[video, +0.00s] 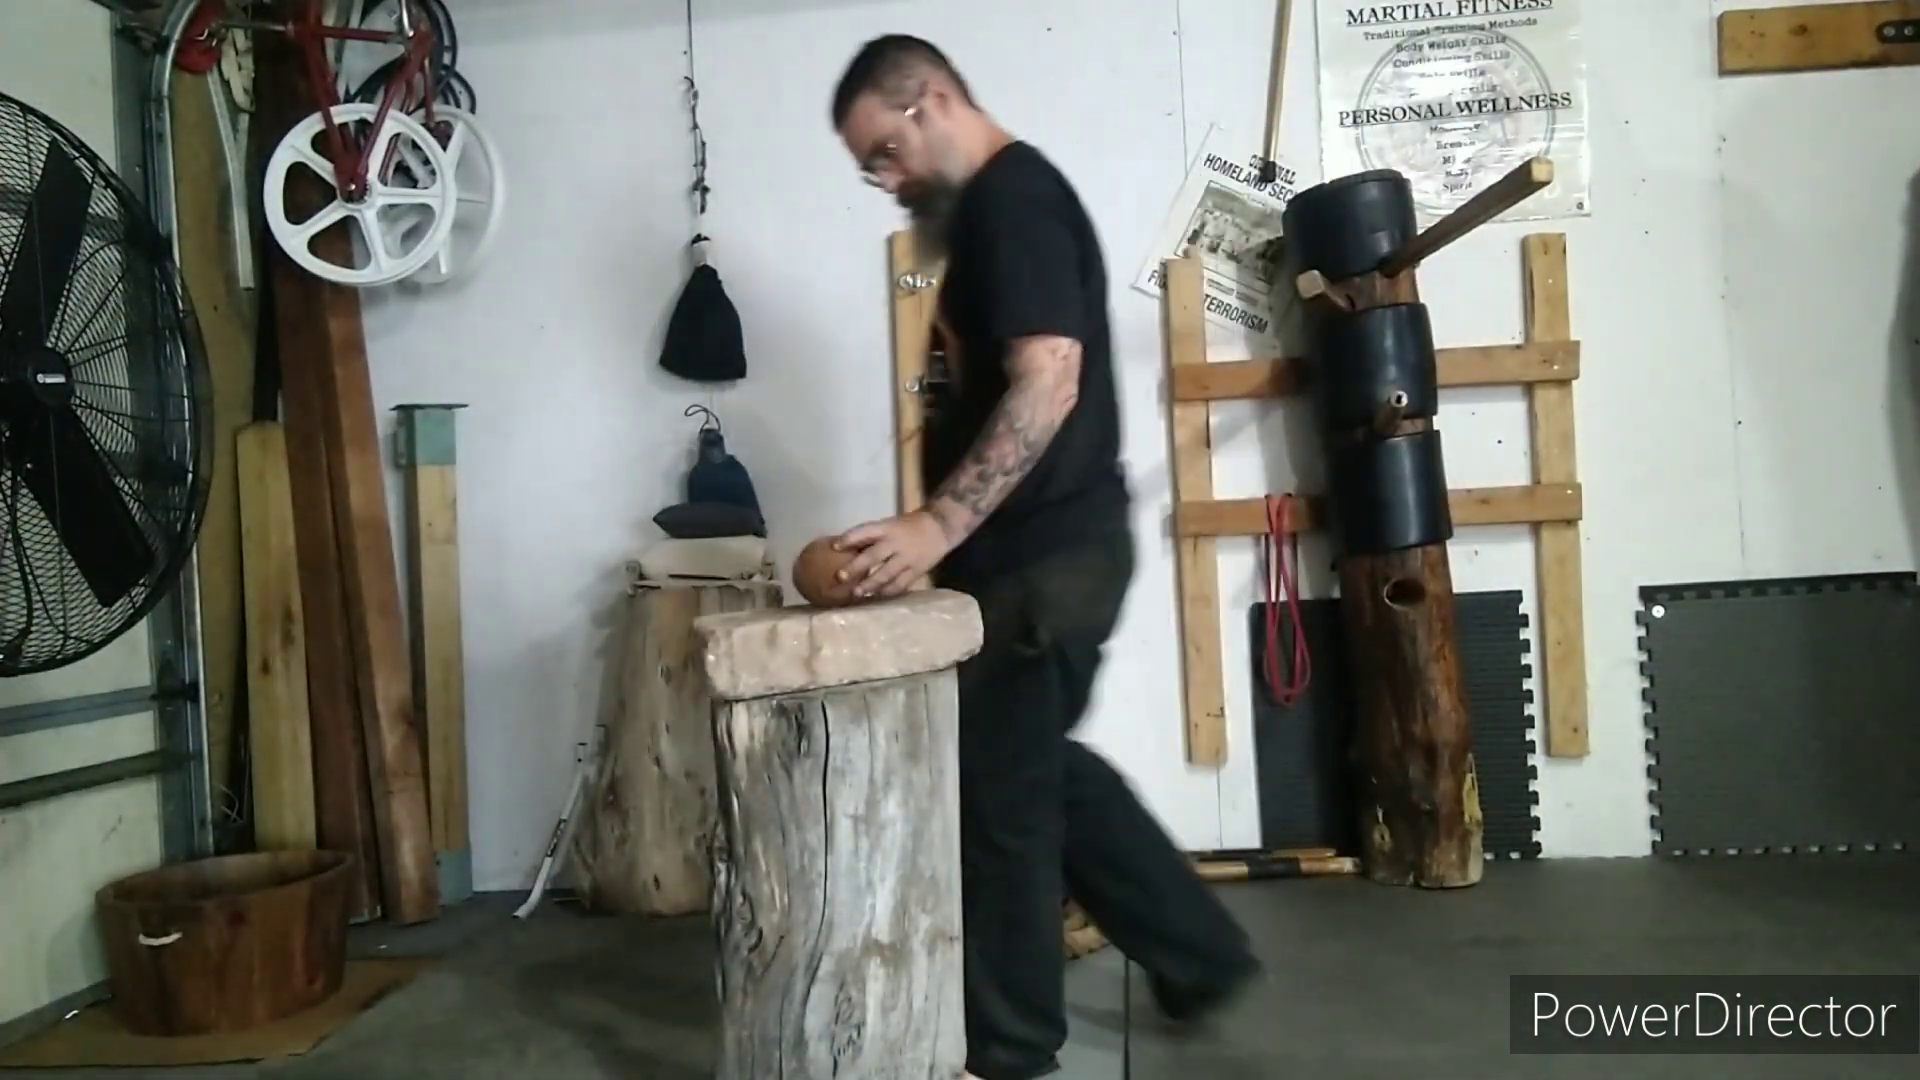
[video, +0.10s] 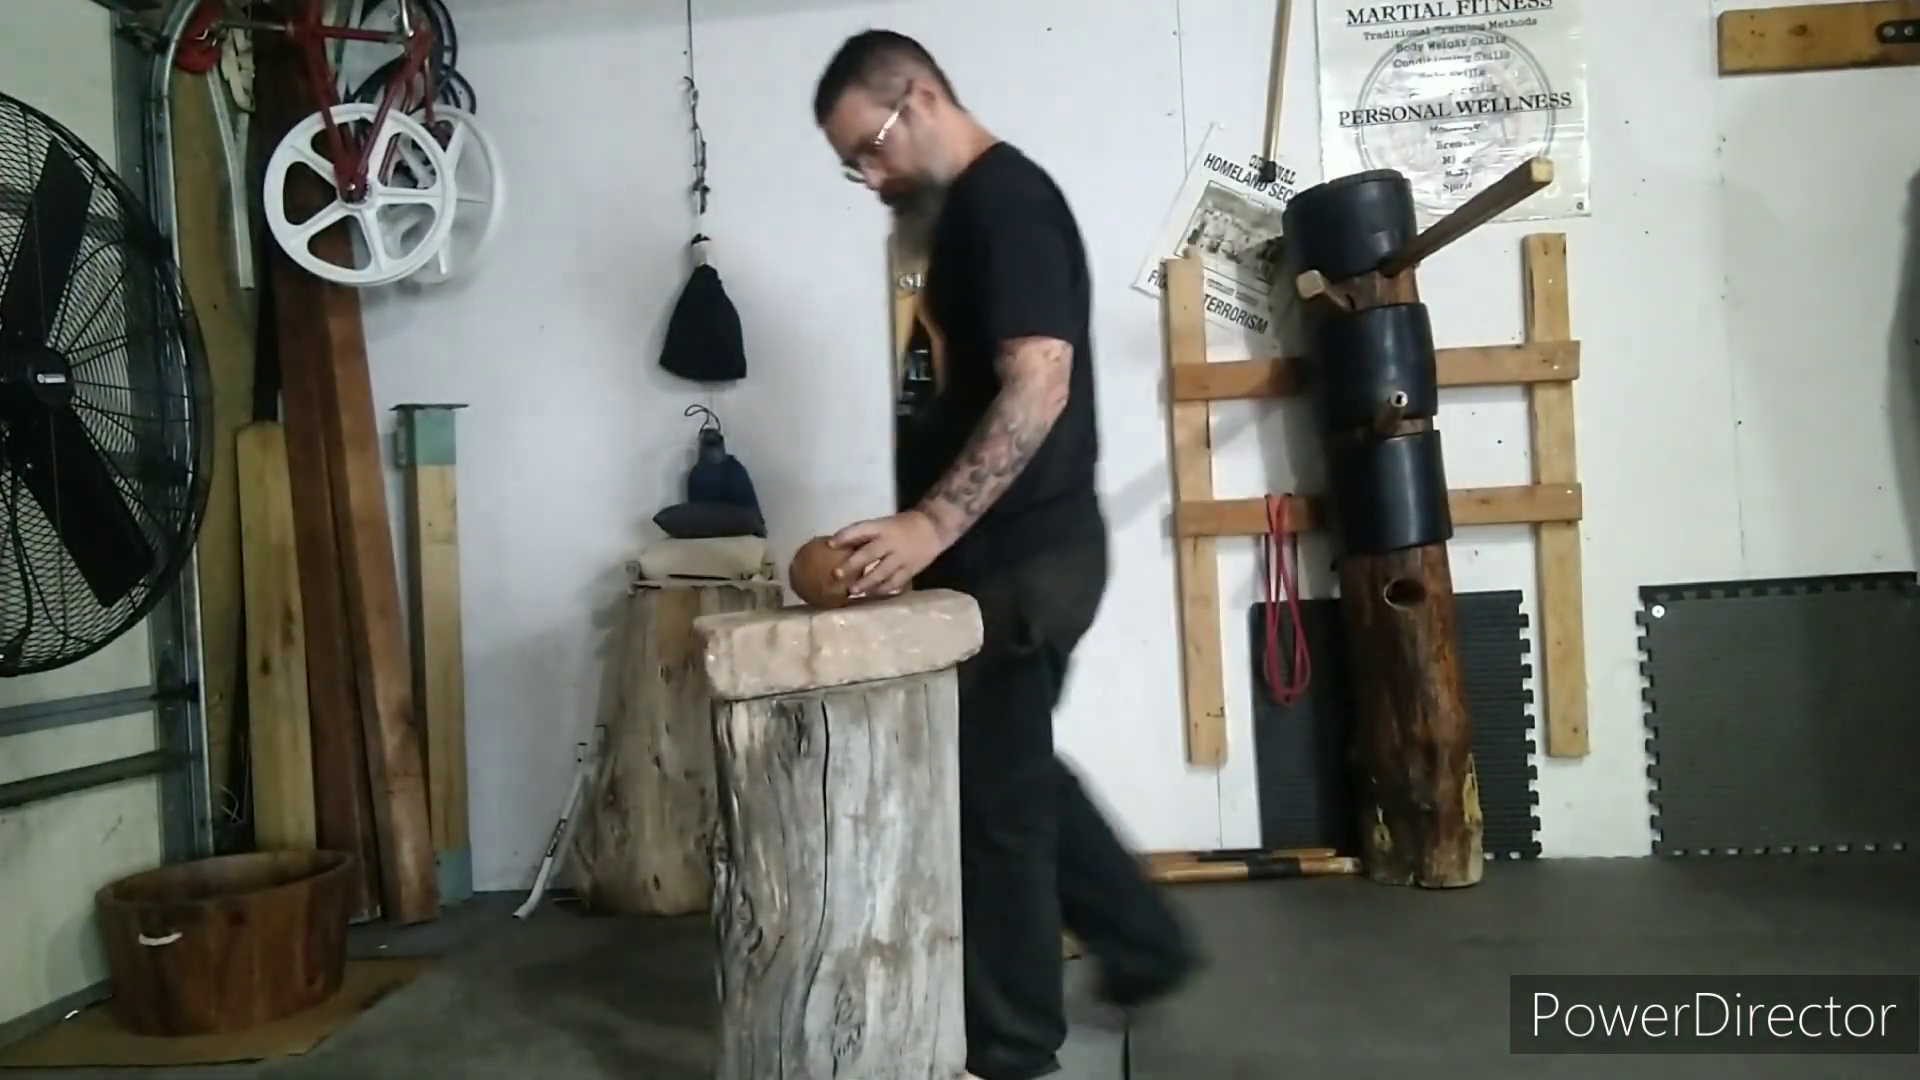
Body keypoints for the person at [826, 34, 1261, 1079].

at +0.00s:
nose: (881, 183)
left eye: (880, 155)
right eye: (869, 167)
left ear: (934, 103)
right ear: (927, 112)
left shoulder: (1015, 197)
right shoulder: (993, 203)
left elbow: (1047, 378)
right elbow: (1012, 381)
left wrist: (939, 523)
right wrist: (933, 525)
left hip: (1045, 545)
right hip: (1028, 545)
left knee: (1004, 788)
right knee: (1031, 763)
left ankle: (1014, 1047)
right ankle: (1203, 960)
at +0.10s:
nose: (867, 180)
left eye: (868, 152)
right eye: (854, 163)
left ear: (922, 98)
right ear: (916, 107)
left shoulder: (1004, 198)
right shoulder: (972, 205)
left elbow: (1040, 382)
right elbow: (983, 383)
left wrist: (932, 523)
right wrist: (917, 532)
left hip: (1022, 549)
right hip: (997, 548)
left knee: (996, 791)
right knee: (1008, 767)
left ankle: (1012, 1045)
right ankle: (1148, 945)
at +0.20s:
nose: (849, 176)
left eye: (851, 147)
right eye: (834, 160)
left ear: (908, 99)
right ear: (891, 116)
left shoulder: (995, 202)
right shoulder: (933, 216)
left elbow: (1029, 385)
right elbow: (930, 379)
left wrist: (931, 521)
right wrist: (893, 530)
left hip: (992, 555)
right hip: (938, 552)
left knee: (991, 820)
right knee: (939, 815)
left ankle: (1013, 1050)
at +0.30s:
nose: (837, 176)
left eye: (841, 147)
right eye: (821, 160)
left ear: (897, 102)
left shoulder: (984, 205)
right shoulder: (903, 220)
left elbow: (1022, 388)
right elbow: (906, 386)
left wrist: (929, 523)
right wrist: (870, 537)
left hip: (981, 552)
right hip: (909, 551)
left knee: (985, 819)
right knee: (914, 813)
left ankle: (1013, 1050)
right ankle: (920, 1043)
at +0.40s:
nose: (824, 176)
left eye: (832, 147)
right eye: (807, 160)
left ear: (886, 105)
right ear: (803, 140)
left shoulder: (971, 212)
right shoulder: (861, 225)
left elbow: (1014, 388)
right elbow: (871, 396)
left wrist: (931, 525)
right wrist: (826, 528)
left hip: (963, 556)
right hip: (870, 555)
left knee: (979, 819)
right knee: (885, 815)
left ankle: (1015, 1051)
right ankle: (894, 1045)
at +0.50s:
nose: (807, 182)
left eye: (819, 154)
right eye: (786, 164)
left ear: (864, 111)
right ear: (770, 148)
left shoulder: (944, 230)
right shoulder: (817, 234)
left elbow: (995, 399)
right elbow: (821, 404)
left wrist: (927, 526)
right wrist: (782, 530)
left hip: (924, 564)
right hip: (814, 559)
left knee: (954, 808)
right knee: (795, 793)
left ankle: (1014, 1042)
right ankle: (755, 983)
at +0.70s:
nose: (764, 197)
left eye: (780, 173)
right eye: (744, 179)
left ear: (819, 143)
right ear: (719, 166)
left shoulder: (884, 259)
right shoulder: (718, 274)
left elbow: (930, 422)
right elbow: (708, 422)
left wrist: (899, 522)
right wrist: (675, 533)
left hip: (854, 588)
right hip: (732, 590)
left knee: (902, 812)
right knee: (686, 818)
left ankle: (989, 1016)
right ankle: (707, 1000)